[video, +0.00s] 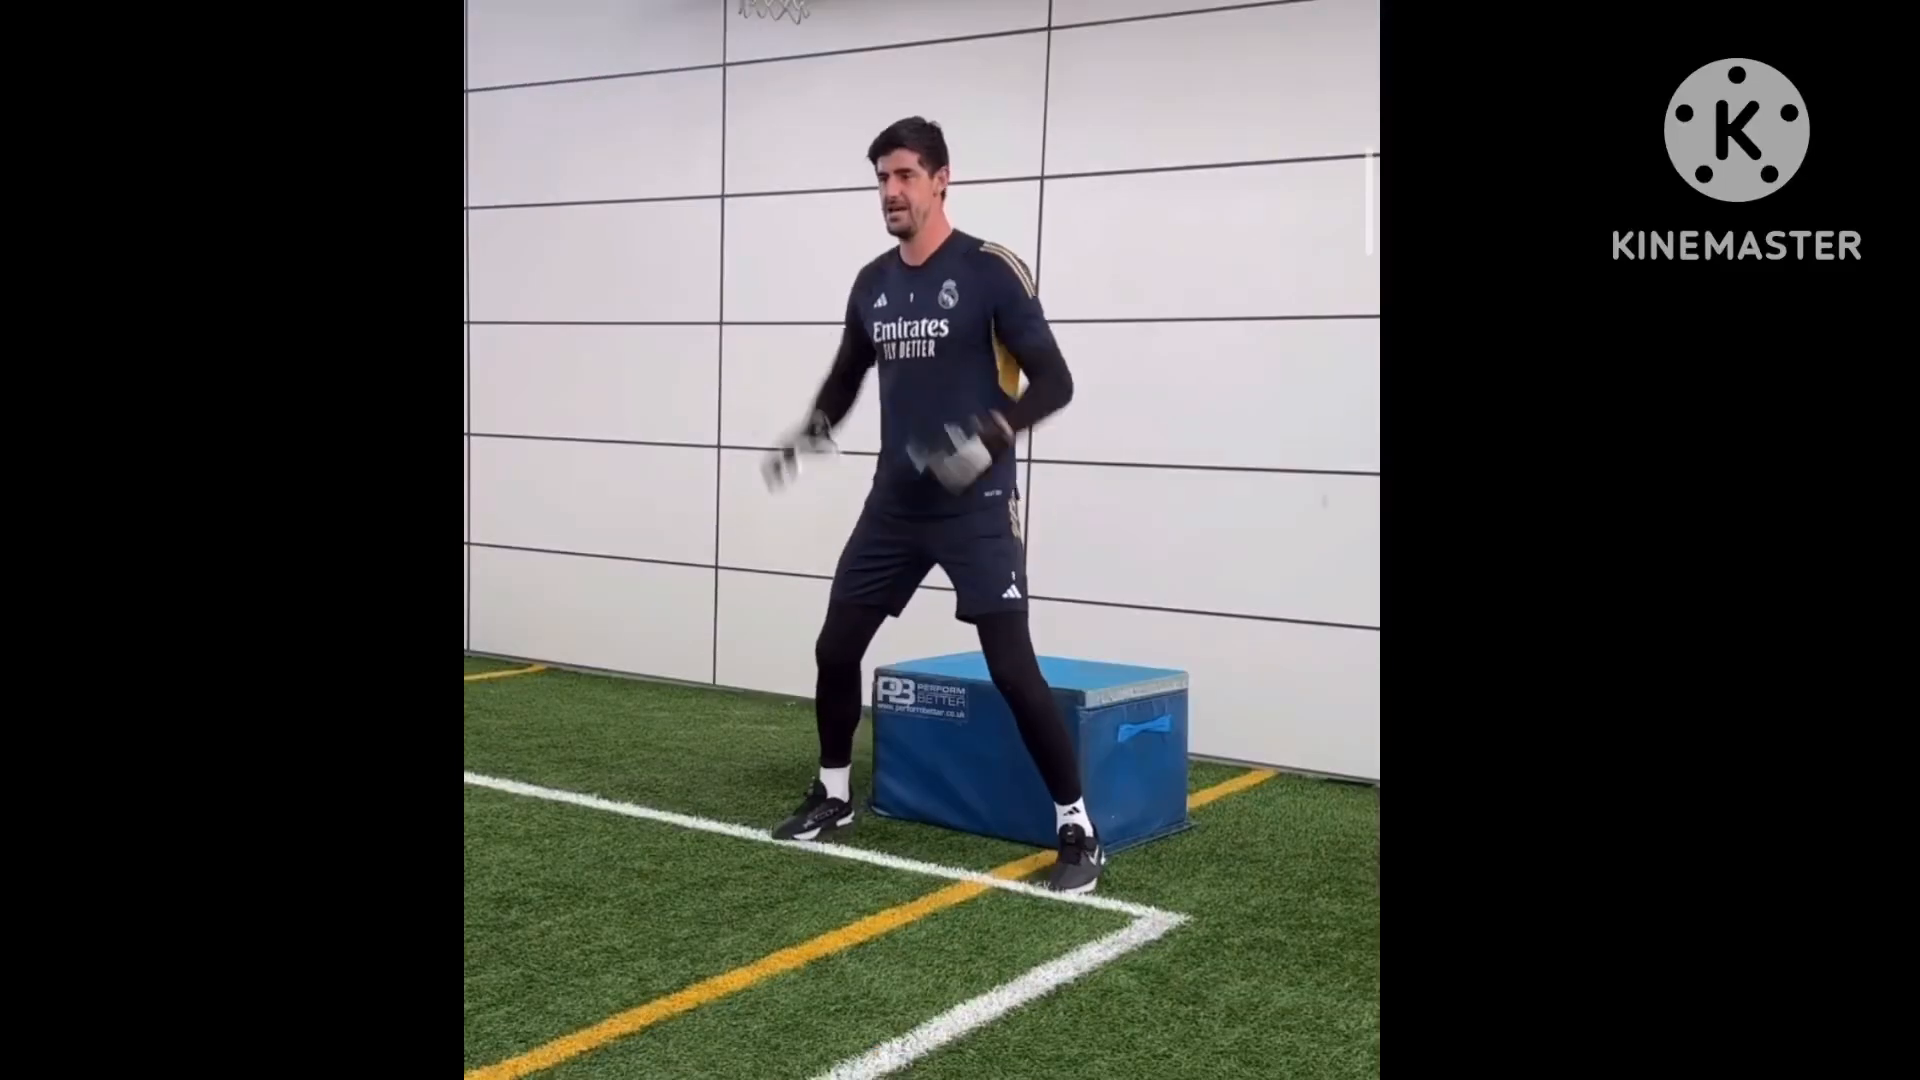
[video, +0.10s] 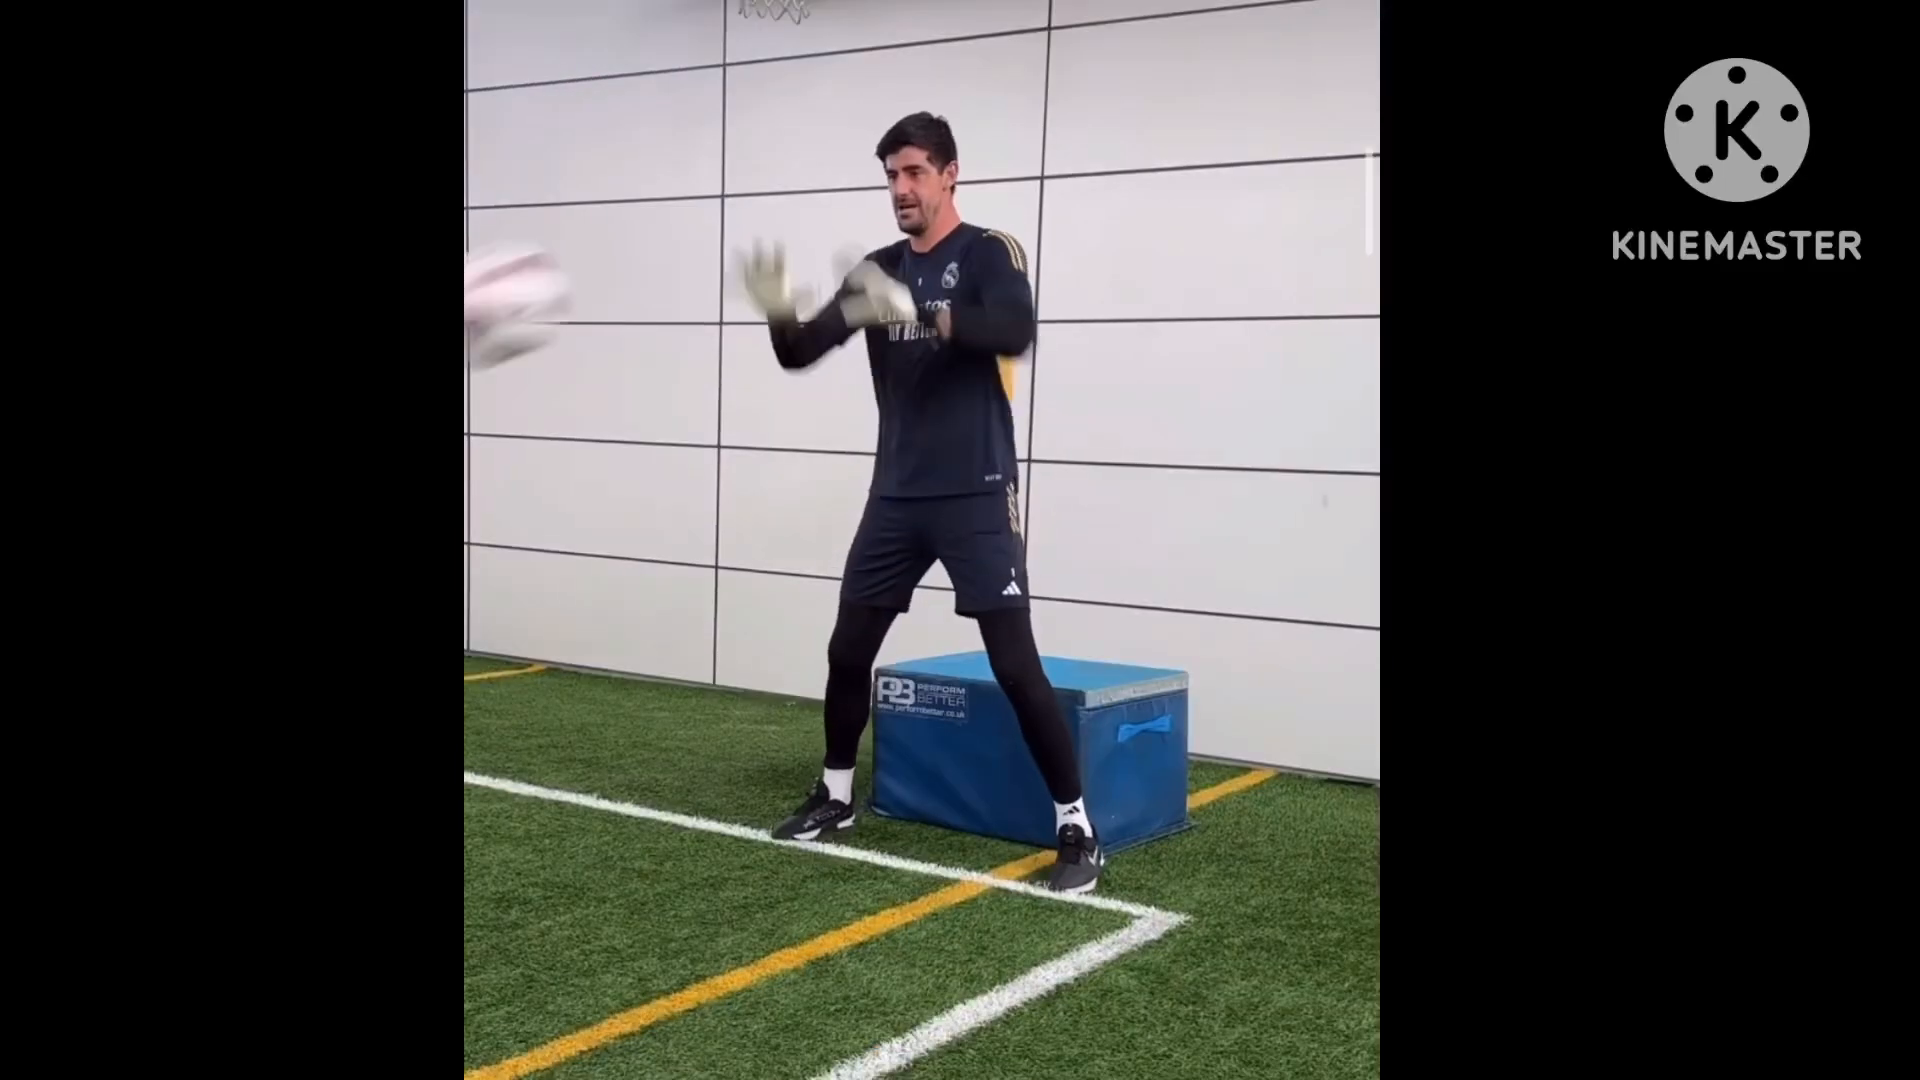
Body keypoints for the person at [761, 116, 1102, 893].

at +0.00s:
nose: (892, 190)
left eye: (906, 175)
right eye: (884, 177)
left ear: (942, 180)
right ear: (877, 189)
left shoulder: (988, 271)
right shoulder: (873, 284)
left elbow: (1056, 381)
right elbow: (846, 376)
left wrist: (994, 433)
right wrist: (811, 432)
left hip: (975, 507)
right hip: (895, 505)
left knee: (1012, 669)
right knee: (837, 648)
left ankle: (1077, 831)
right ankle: (832, 797)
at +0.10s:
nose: (901, 187)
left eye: (914, 172)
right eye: (892, 174)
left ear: (950, 175)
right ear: (886, 183)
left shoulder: (988, 253)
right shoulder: (879, 274)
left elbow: (1014, 332)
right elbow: (798, 351)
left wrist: (921, 313)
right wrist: (780, 314)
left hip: (977, 496)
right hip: (894, 497)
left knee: (1016, 666)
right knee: (848, 650)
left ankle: (1076, 829)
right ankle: (836, 797)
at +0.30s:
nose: (902, 188)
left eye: (915, 173)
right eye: (894, 176)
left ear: (952, 172)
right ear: (889, 185)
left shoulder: (995, 247)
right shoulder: (889, 266)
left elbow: (962, 324)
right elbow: (814, 347)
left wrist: (879, 267)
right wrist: (797, 293)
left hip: (975, 487)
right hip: (897, 489)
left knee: (1018, 662)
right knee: (856, 650)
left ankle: (1076, 832)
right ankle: (835, 797)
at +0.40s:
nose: (891, 192)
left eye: (902, 175)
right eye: (881, 181)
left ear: (939, 175)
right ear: (878, 191)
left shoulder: (984, 257)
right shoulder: (885, 278)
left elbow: (955, 367)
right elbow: (845, 388)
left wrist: (867, 348)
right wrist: (818, 354)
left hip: (977, 494)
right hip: (902, 497)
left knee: (1017, 666)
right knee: (854, 651)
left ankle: (1076, 832)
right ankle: (835, 798)